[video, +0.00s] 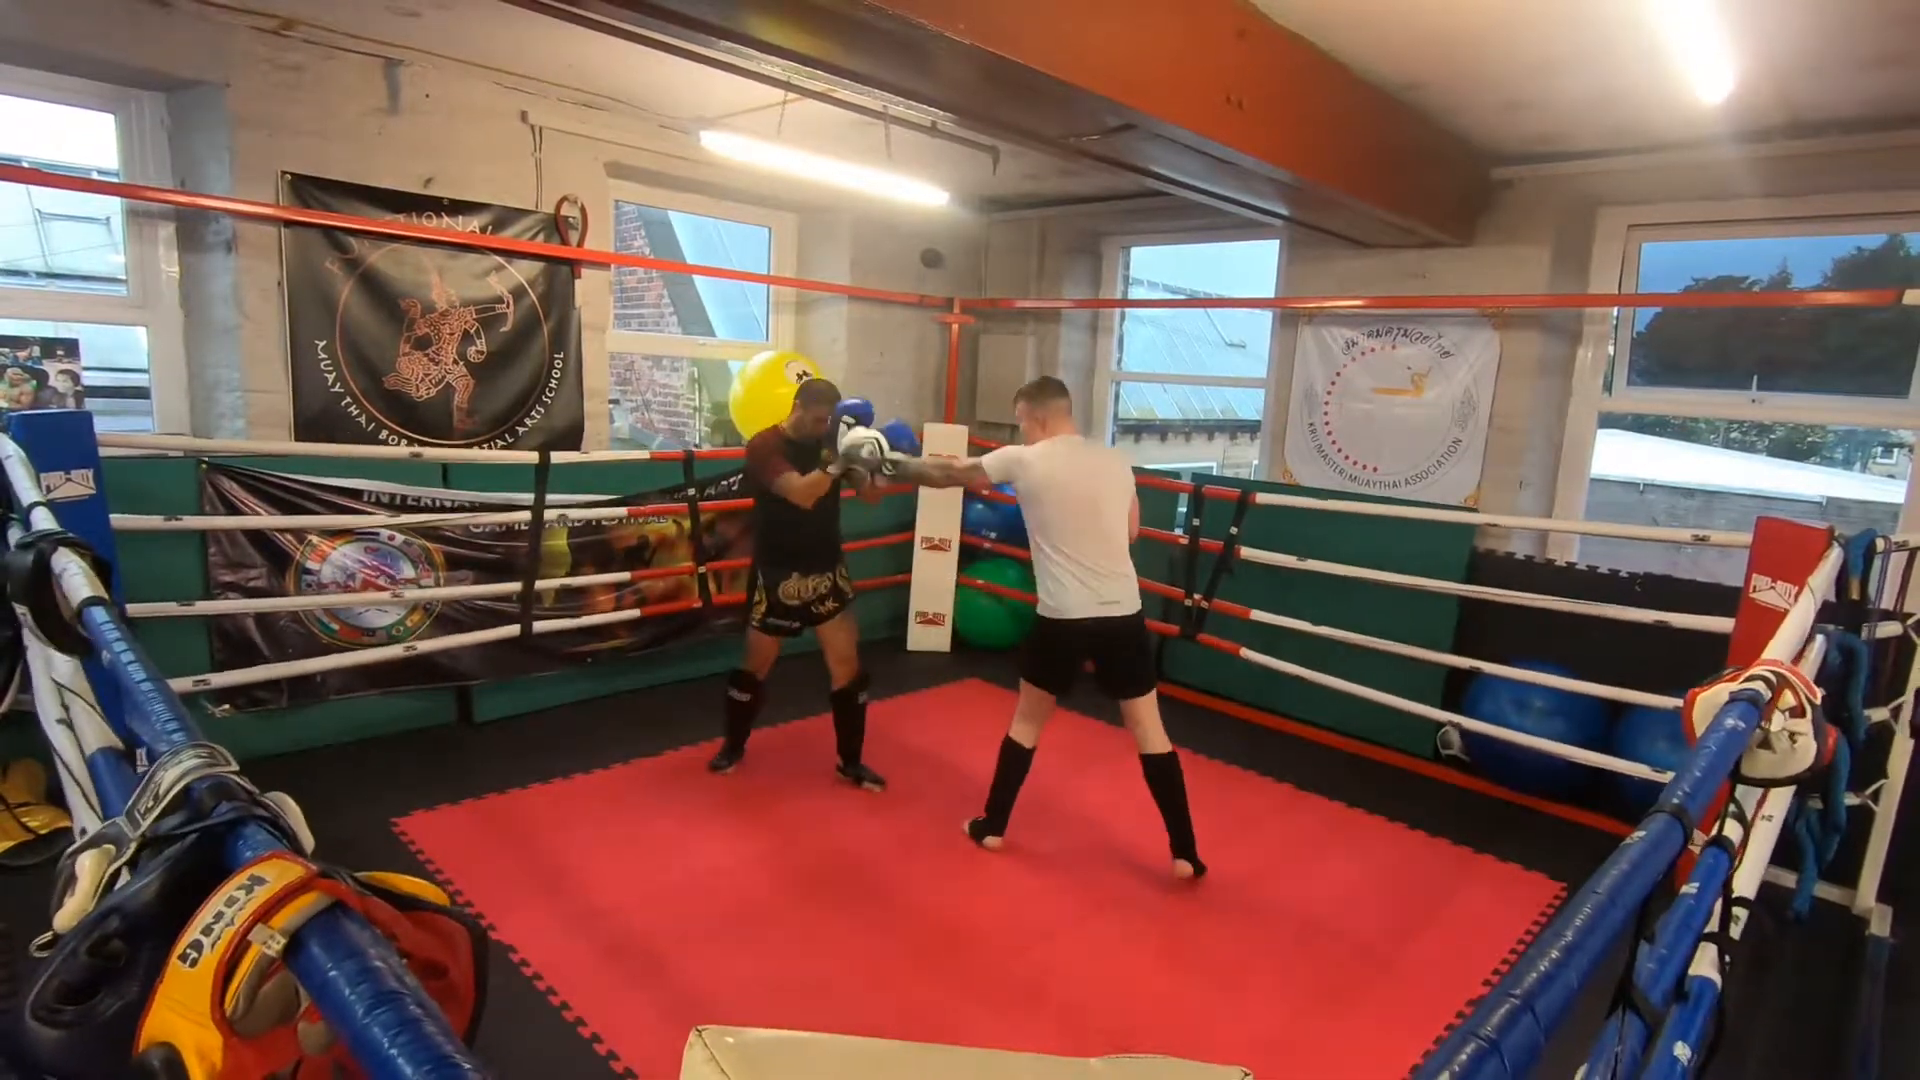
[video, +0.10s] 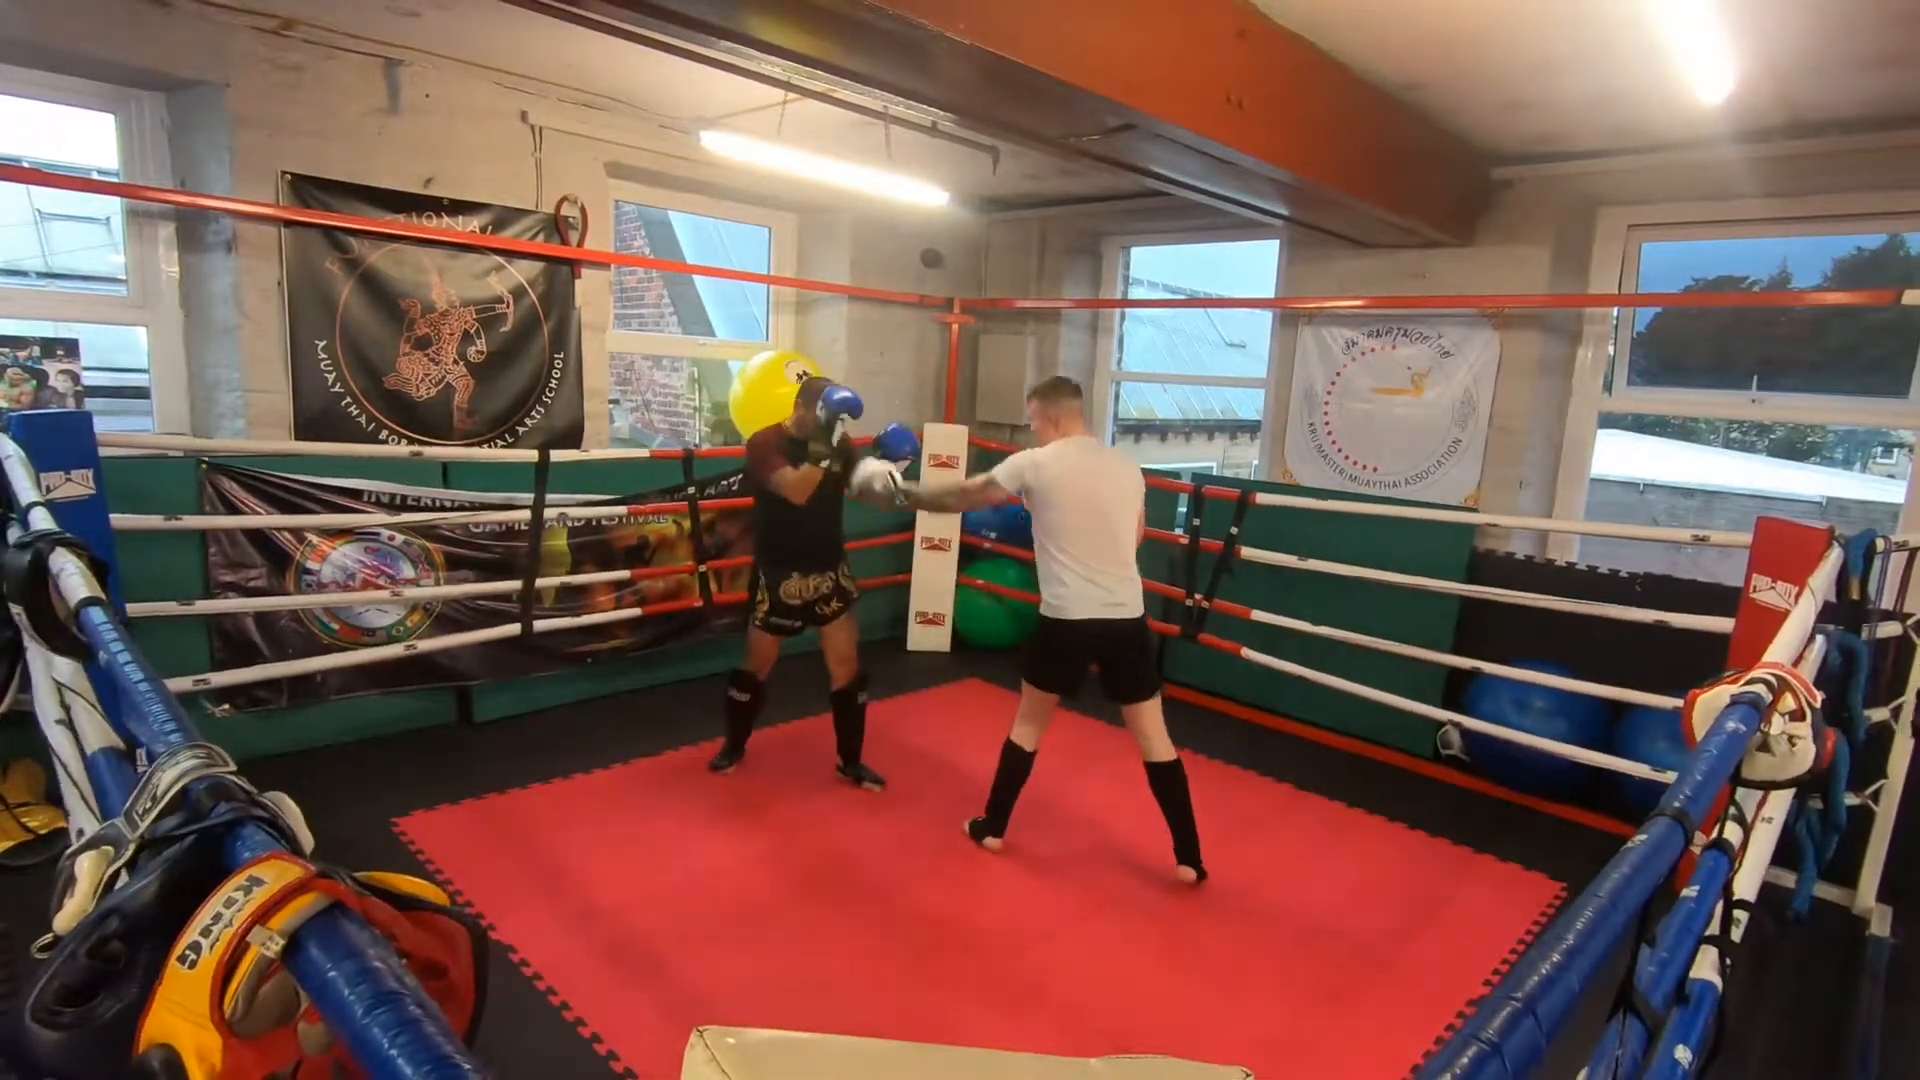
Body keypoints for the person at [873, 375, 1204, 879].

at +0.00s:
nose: (1021, 430)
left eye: (1021, 422)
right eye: (1020, 423)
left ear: (1035, 419)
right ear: (1068, 414)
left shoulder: (1023, 459)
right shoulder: (1117, 461)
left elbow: (948, 473)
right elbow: (1132, 529)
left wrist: (884, 462)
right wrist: (1076, 515)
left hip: (1061, 621)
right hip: (1124, 620)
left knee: (1028, 721)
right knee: (1150, 729)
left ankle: (993, 826)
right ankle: (1185, 852)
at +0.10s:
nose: (1032, 430)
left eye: (1034, 422)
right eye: (1031, 422)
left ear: (1050, 418)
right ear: (1079, 415)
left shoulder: (1034, 463)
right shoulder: (1127, 466)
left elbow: (964, 495)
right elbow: (1134, 535)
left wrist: (901, 489)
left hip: (1064, 624)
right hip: (1127, 626)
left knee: (1029, 723)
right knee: (1154, 736)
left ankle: (993, 826)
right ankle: (1190, 859)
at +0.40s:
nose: (1050, 439)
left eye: (1051, 430)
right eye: (1048, 431)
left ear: (1069, 426)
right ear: (1100, 426)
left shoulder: (1063, 474)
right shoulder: (1147, 476)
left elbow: (1015, 541)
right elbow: (1128, 541)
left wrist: (960, 552)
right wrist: (1047, 533)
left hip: (1076, 629)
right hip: (1140, 635)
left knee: (1027, 724)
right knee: (1157, 750)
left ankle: (991, 835)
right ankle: (1187, 874)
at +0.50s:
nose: (1040, 435)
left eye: (1041, 426)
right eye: (1039, 427)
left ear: (1059, 423)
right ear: (1091, 423)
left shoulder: (1049, 471)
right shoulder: (1139, 472)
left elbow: (978, 517)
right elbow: (1140, 542)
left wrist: (924, 501)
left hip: (1070, 632)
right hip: (1135, 636)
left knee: (1029, 728)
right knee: (1155, 748)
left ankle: (990, 837)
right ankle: (1188, 872)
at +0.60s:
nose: (1033, 434)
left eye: (1035, 425)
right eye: (1033, 425)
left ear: (1049, 422)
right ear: (1084, 420)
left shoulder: (1036, 464)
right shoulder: (1128, 466)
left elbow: (955, 483)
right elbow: (1143, 536)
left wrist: (902, 466)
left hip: (1069, 631)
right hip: (1134, 632)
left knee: (1029, 729)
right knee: (1158, 740)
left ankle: (990, 838)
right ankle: (1192, 863)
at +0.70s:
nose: (1033, 434)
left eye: (1034, 425)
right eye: (1033, 425)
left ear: (1049, 422)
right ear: (1084, 419)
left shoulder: (1035, 466)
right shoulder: (1131, 467)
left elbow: (954, 479)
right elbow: (1141, 541)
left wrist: (894, 468)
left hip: (1070, 632)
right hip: (1134, 634)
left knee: (1029, 731)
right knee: (1161, 740)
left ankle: (990, 838)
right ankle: (1200, 863)